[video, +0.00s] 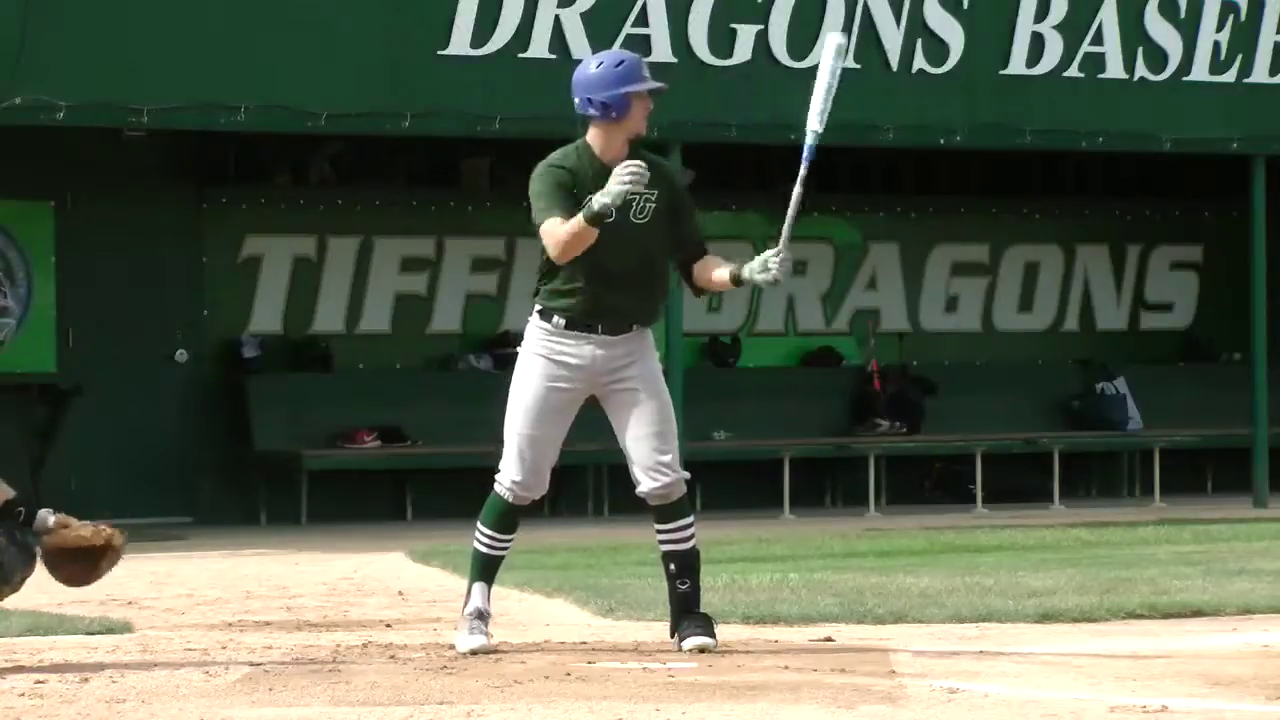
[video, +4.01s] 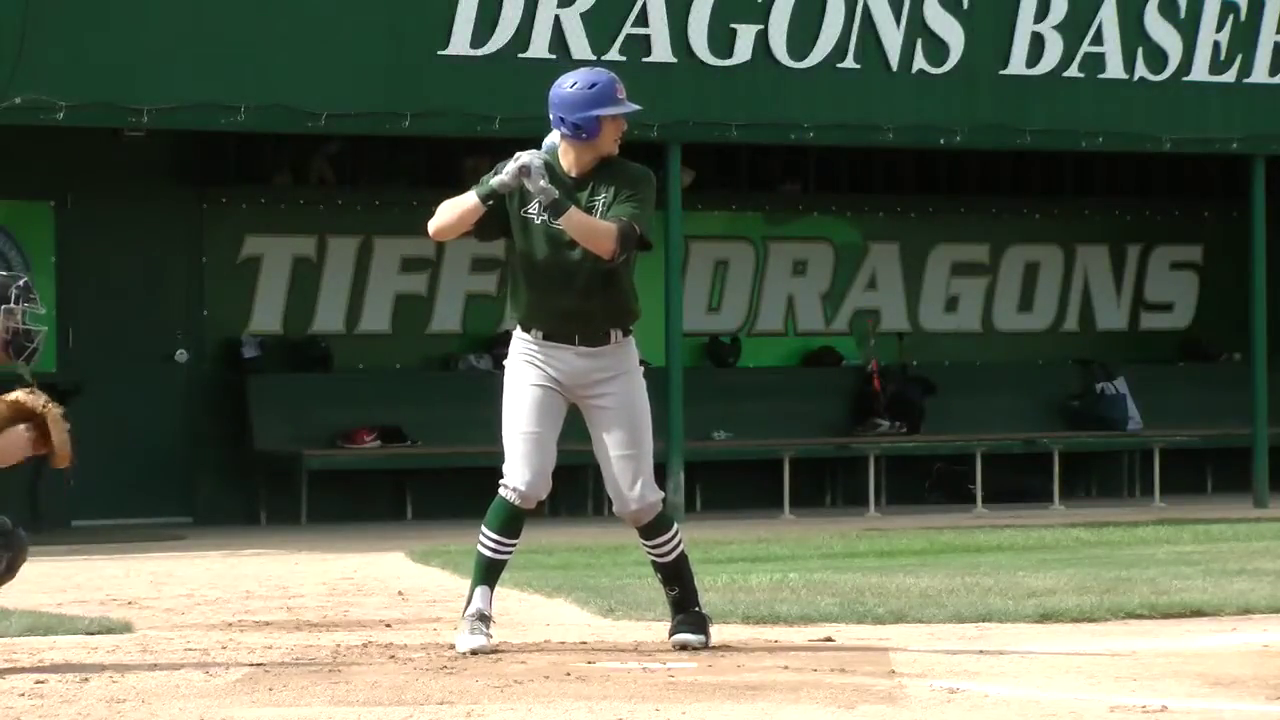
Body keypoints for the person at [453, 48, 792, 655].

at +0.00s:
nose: (650, 105)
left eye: (648, 96)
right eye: (641, 96)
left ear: (620, 106)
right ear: (609, 105)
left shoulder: (661, 178)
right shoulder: (556, 173)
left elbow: (699, 267)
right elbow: (558, 245)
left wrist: (744, 270)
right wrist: (605, 201)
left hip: (632, 348)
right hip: (556, 345)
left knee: (665, 480)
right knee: (520, 481)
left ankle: (688, 619)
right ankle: (476, 608)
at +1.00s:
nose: (592, 113)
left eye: (590, 104)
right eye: (582, 106)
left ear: (567, 112)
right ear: (547, 112)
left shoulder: (603, 170)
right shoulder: (489, 176)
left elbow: (593, 251)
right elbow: (434, 267)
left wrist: (513, 243)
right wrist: (451, 233)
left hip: (597, 346)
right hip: (519, 349)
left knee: (638, 477)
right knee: (498, 479)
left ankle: (688, 613)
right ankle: (473, 610)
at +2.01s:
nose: (608, 121)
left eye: (608, 112)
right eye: (599, 113)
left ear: (588, 114)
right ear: (565, 116)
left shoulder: (613, 174)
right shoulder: (503, 167)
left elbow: (598, 247)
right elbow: (423, 233)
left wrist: (520, 209)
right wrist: (469, 190)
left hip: (597, 350)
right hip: (520, 349)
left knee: (629, 484)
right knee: (503, 478)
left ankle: (683, 601)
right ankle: (473, 611)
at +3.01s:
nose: (623, 126)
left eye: (621, 117)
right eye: (614, 119)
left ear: (593, 122)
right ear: (582, 124)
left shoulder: (628, 179)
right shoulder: (520, 172)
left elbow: (615, 242)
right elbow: (433, 226)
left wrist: (551, 209)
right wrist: (489, 192)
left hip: (610, 358)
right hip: (533, 354)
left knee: (638, 494)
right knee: (526, 484)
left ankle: (687, 611)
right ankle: (477, 610)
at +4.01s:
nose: (623, 127)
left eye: (621, 118)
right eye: (613, 120)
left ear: (599, 122)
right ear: (580, 124)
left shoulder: (630, 178)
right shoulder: (523, 173)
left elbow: (615, 244)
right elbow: (439, 228)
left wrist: (552, 199)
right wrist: (495, 187)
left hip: (612, 358)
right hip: (535, 354)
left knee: (639, 498)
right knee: (523, 483)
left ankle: (687, 611)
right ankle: (478, 608)